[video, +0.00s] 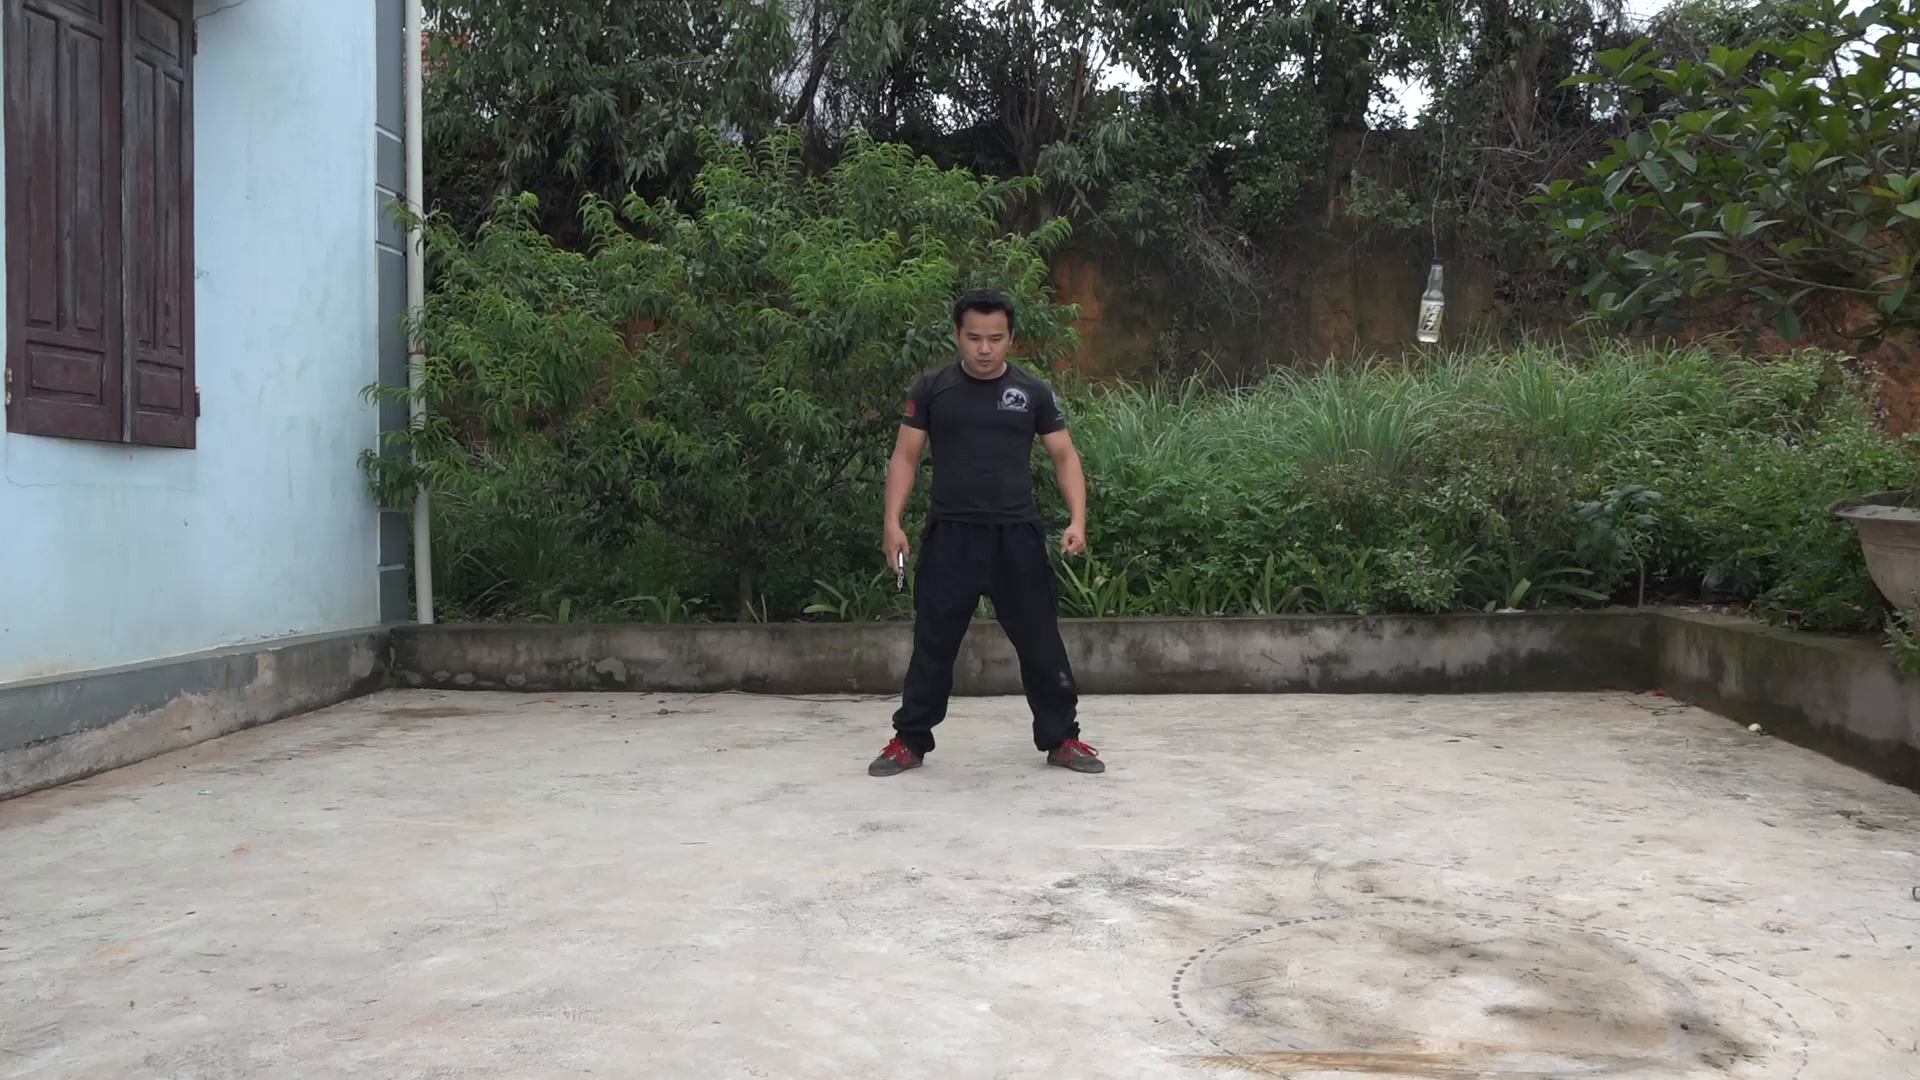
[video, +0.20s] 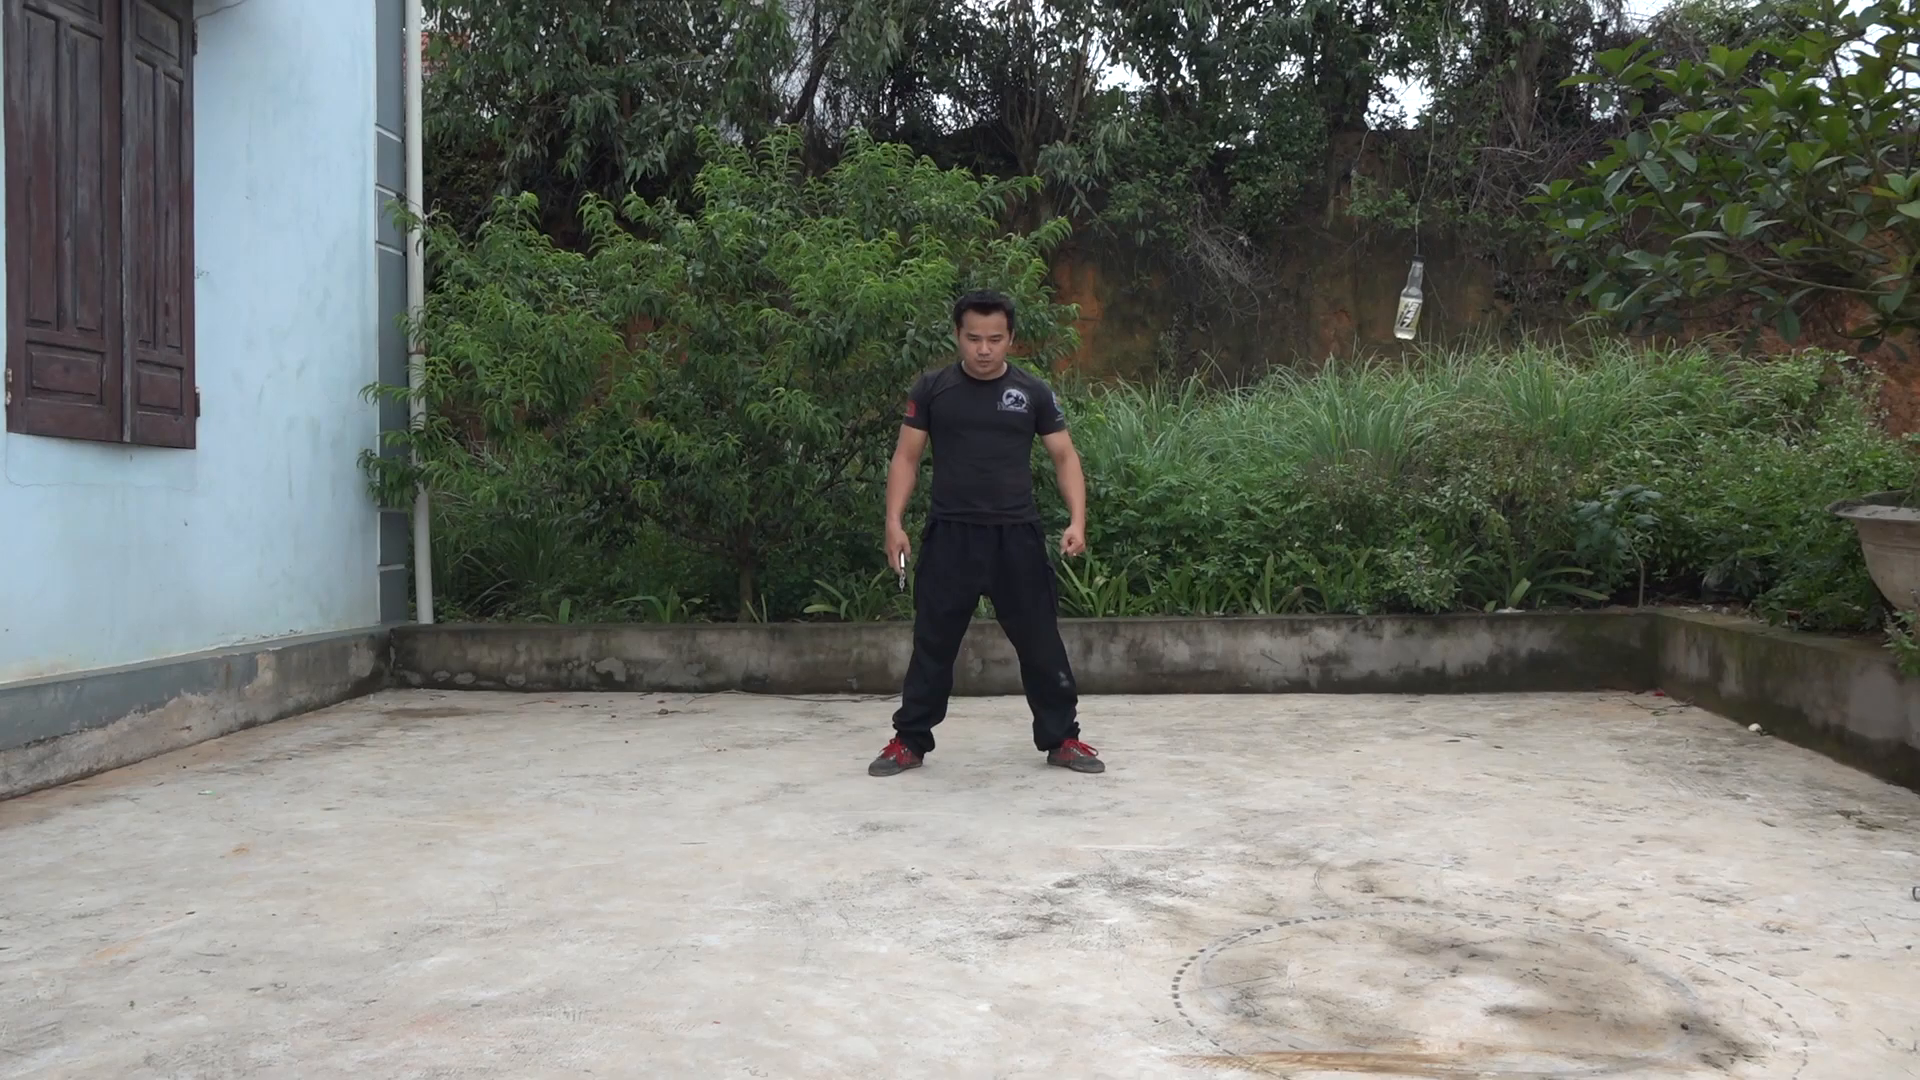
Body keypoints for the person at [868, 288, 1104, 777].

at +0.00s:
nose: (984, 348)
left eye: (995, 338)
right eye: (974, 337)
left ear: (1009, 340)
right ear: (958, 338)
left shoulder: (1033, 393)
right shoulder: (931, 389)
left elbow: (1064, 456)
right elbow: (905, 456)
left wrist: (1077, 517)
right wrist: (892, 521)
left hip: (1018, 537)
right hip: (950, 536)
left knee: (1041, 640)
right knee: (932, 642)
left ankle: (1062, 740)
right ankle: (910, 741)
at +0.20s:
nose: (984, 348)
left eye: (994, 339)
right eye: (974, 338)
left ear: (1010, 340)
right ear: (958, 339)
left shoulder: (1033, 393)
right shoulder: (931, 390)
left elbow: (1064, 456)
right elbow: (906, 457)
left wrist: (1077, 518)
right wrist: (893, 521)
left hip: (1017, 537)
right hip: (950, 536)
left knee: (1040, 640)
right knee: (932, 642)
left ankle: (1062, 740)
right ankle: (910, 741)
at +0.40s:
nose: (979, 351)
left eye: (990, 341)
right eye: (969, 341)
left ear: (1008, 340)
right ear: (956, 341)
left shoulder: (1034, 392)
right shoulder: (931, 391)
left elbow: (1068, 455)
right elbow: (908, 457)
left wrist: (1080, 519)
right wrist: (893, 521)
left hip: (1019, 537)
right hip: (952, 536)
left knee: (1042, 639)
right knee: (934, 641)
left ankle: (1061, 740)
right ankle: (910, 741)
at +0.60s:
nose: (937, 358)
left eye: (945, 348)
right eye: (934, 348)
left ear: (980, 343)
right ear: (934, 346)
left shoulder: (1022, 387)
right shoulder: (928, 391)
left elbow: (1062, 450)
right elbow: (905, 462)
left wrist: (1026, 512)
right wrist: (887, 529)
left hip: (1012, 537)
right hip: (948, 538)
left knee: (1043, 638)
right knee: (928, 639)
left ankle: (1061, 739)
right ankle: (911, 740)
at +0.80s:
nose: (893, 361)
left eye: (896, 352)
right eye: (891, 353)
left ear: (925, 347)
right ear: (920, 348)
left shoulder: (978, 380)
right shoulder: (906, 392)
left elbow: (921, 431)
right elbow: (885, 455)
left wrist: (881, 416)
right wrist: (916, 495)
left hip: (970, 536)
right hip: (916, 535)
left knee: (999, 638)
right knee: (906, 641)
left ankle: (1047, 734)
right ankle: (905, 740)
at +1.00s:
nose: (876, 352)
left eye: (882, 340)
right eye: (871, 344)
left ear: (915, 334)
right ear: (875, 346)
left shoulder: (948, 373)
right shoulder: (891, 387)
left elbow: (877, 417)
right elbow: (859, 447)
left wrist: (855, 401)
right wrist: (897, 443)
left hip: (948, 529)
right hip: (902, 530)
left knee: (950, 641)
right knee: (904, 641)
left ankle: (968, 754)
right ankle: (906, 742)